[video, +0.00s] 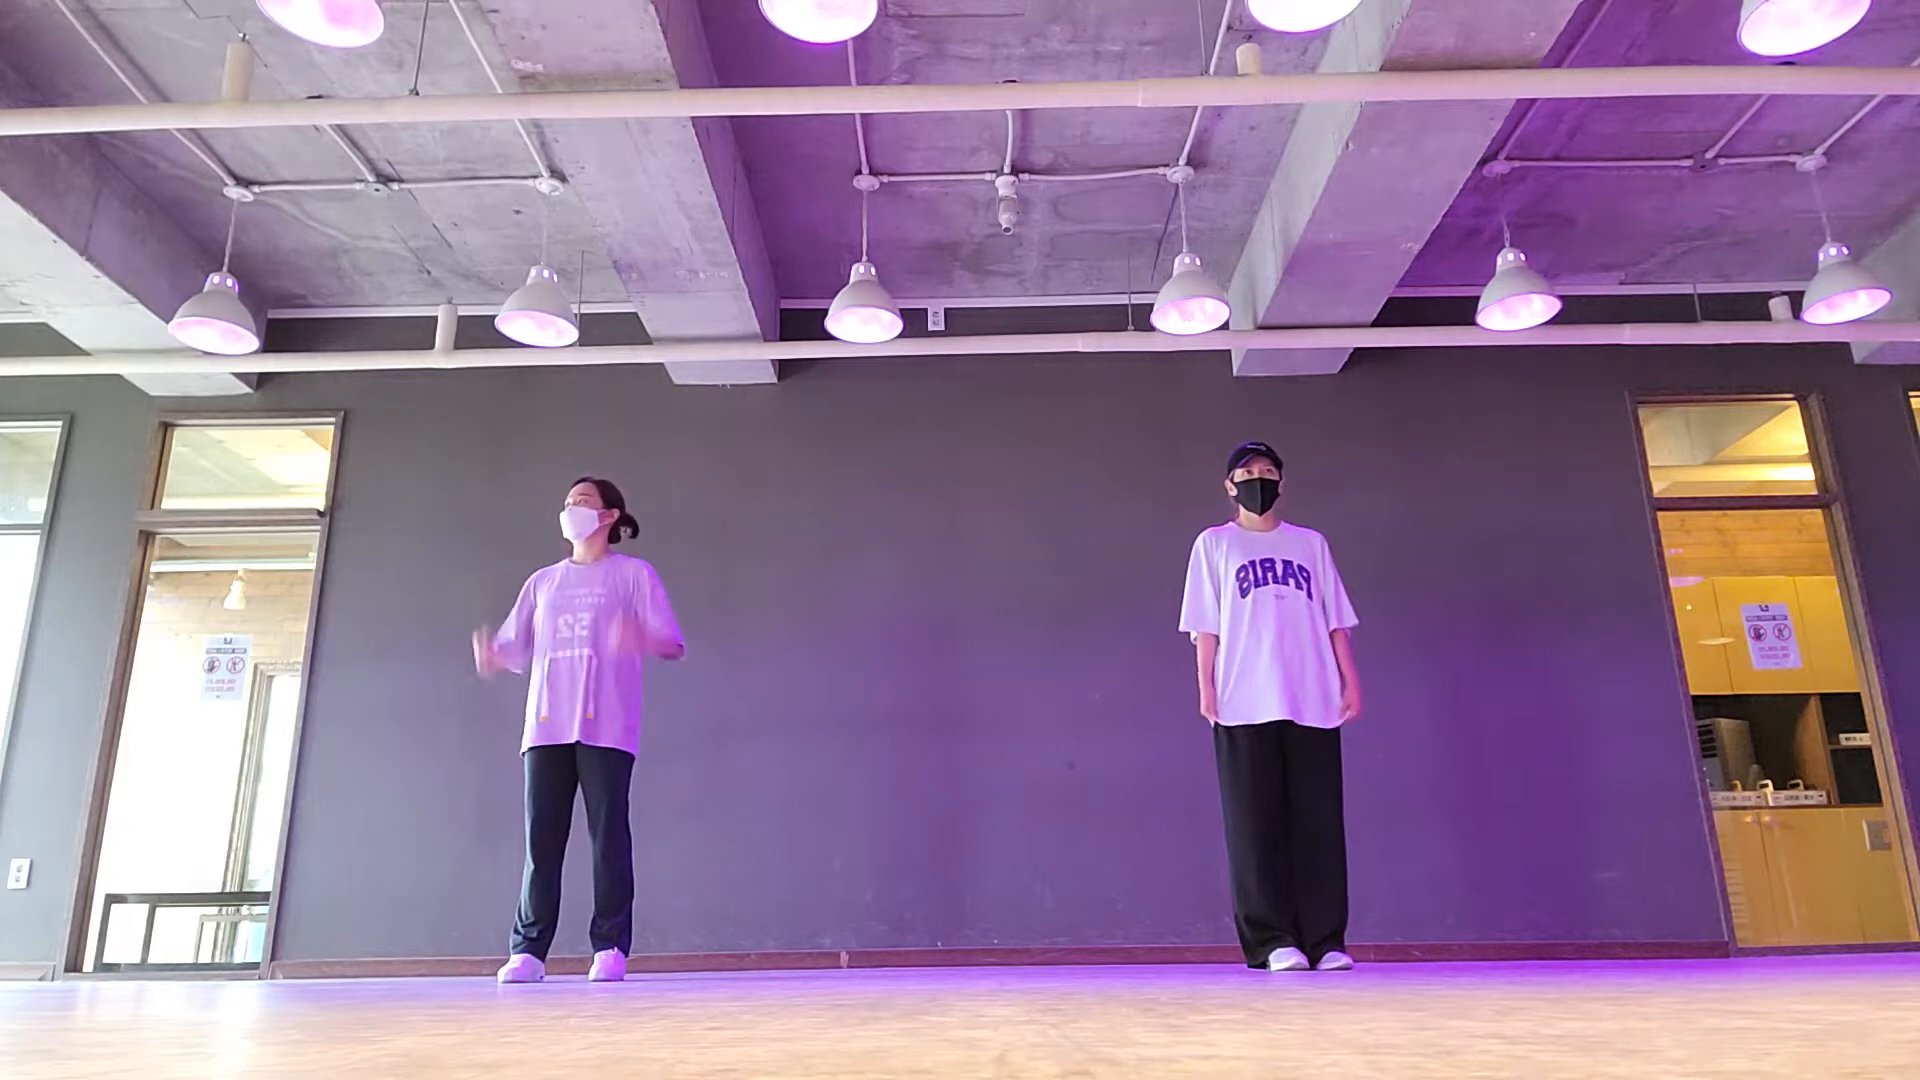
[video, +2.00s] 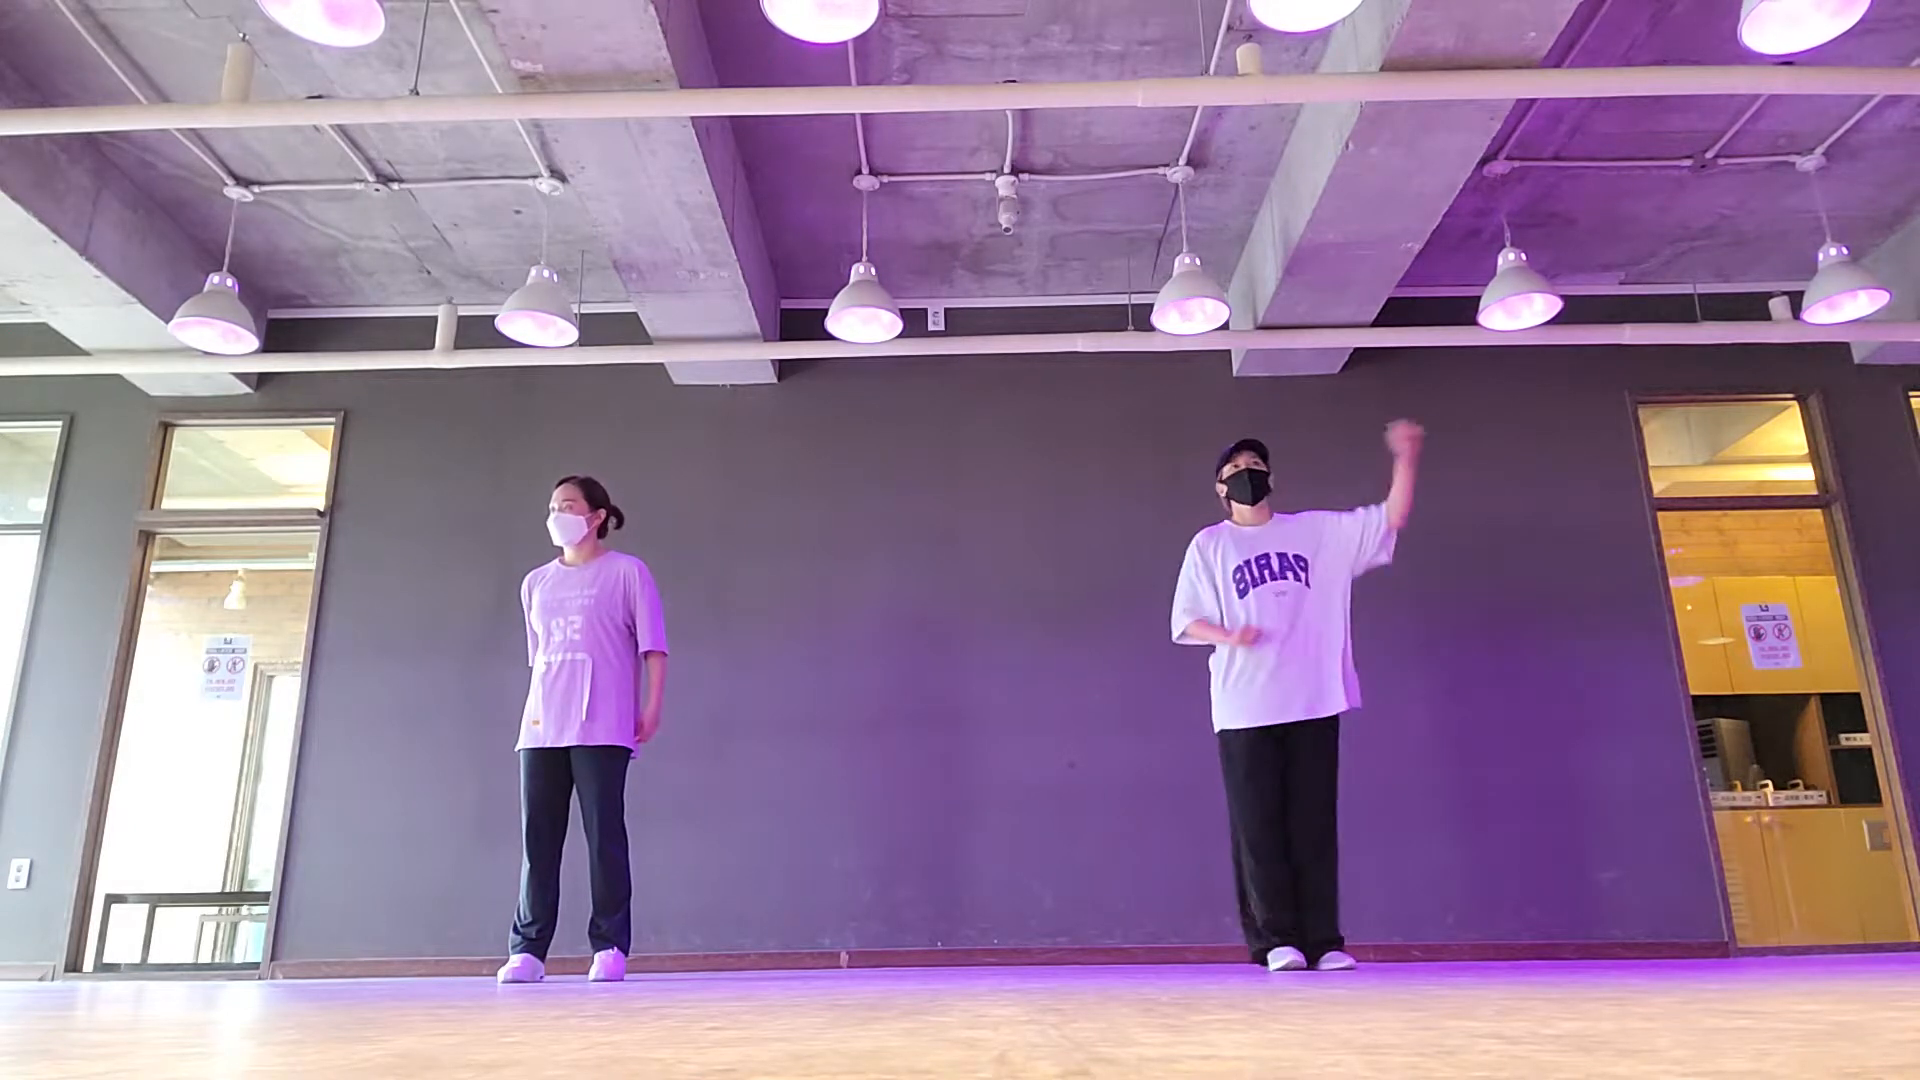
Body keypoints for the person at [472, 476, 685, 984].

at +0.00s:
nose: (573, 510)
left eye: (585, 503)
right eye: (569, 503)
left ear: (611, 518)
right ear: (561, 518)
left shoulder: (636, 576)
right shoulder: (540, 582)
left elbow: (674, 645)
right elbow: (518, 652)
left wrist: (639, 636)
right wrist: (494, 655)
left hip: (607, 725)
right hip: (546, 725)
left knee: (608, 840)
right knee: (541, 841)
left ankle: (610, 949)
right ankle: (527, 952)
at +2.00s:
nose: (556, 515)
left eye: (568, 508)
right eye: (553, 508)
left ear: (597, 518)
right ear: (547, 520)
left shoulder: (628, 572)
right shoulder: (535, 582)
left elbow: (654, 648)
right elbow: (538, 660)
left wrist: (650, 712)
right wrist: (534, 718)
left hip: (602, 721)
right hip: (542, 724)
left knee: (604, 838)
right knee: (538, 840)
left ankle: (609, 948)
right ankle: (527, 950)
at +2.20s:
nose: (556, 515)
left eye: (568, 508)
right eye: (553, 508)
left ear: (597, 519)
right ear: (547, 520)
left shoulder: (627, 572)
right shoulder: (534, 582)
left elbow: (652, 650)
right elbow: (536, 661)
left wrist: (647, 713)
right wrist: (531, 720)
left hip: (601, 722)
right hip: (541, 724)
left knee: (603, 838)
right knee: (537, 840)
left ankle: (609, 948)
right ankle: (527, 951)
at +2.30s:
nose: (556, 515)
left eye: (568, 508)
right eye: (552, 508)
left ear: (597, 519)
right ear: (547, 520)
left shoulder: (626, 572)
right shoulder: (533, 582)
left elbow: (651, 650)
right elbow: (535, 661)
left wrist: (646, 713)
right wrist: (531, 720)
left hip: (600, 722)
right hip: (541, 724)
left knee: (603, 838)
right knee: (537, 841)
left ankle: (609, 948)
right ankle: (527, 950)